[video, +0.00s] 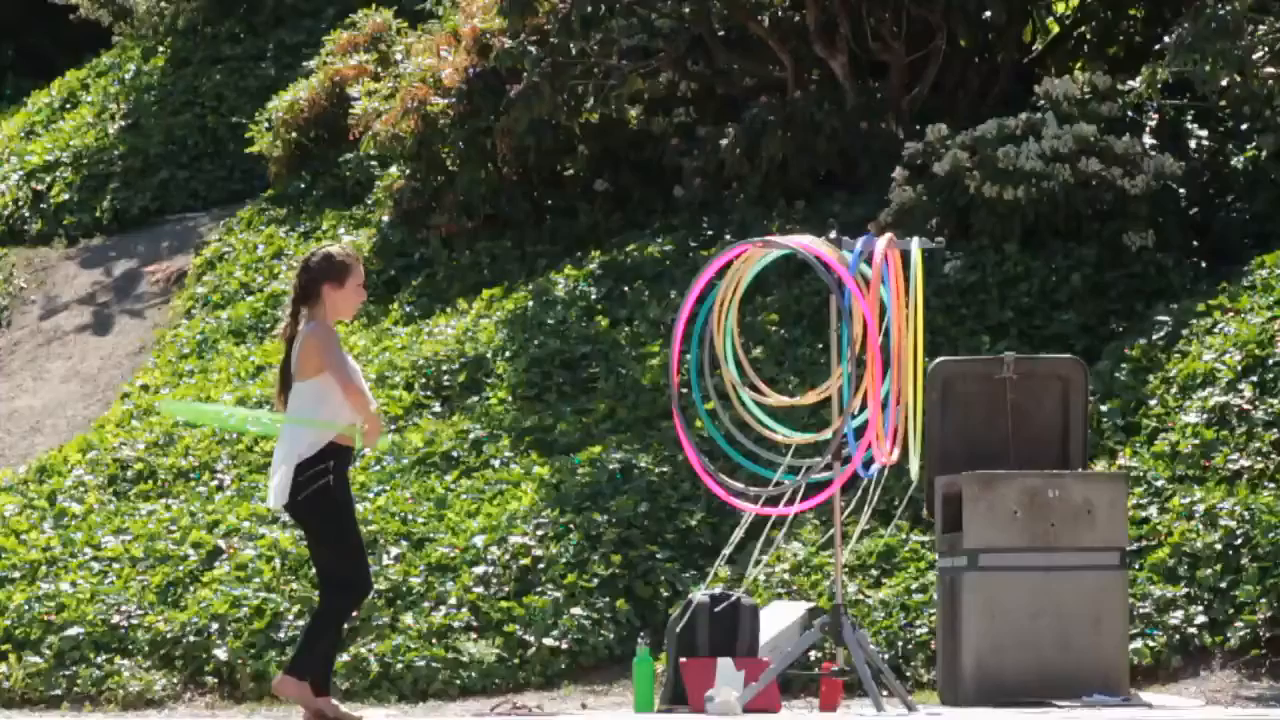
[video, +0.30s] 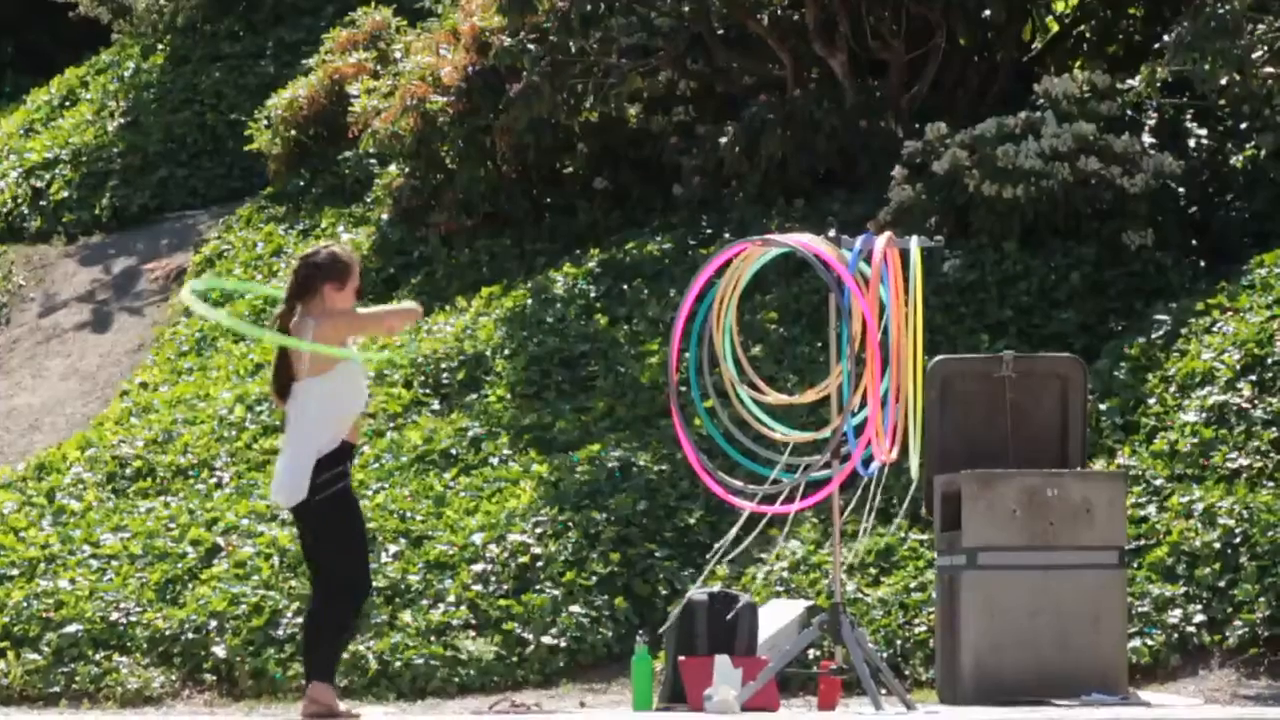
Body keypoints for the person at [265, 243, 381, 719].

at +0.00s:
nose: (363, 294)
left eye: (363, 285)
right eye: (358, 285)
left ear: (325, 290)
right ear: (327, 288)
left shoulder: (311, 333)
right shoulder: (321, 333)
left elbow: (295, 400)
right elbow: (351, 388)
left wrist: (362, 420)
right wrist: (371, 419)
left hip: (313, 470)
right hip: (318, 471)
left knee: (340, 584)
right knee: (352, 581)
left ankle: (319, 690)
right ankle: (296, 675)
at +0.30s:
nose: (357, 296)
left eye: (356, 288)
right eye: (353, 288)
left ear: (317, 290)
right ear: (328, 290)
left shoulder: (299, 326)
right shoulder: (327, 324)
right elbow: (406, 315)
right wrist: (405, 314)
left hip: (308, 476)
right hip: (324, 477)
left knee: (330, 580)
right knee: (351, 581)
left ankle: (317, 687)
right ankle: (320, 686)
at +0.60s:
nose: (357, 296)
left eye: (356, 288)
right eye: (355, 288)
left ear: (311, 290)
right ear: (345, 289)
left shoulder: (281, 347)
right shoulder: (351, 320)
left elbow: (280, 422)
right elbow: (368, 279)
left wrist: (280, 467)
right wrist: (366, 258)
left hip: (297, 482)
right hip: (347, 479)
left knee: (313, 587)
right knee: (351, 589)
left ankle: (311, 696)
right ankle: (338, 687)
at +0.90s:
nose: (300, 295)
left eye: (302, 288)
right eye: (303, 287)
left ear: (310, 291)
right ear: (340, 287)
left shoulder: (296, 351)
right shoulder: (365, 319)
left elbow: (255, 404)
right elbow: (330, 262)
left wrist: (210, 442)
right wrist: (282, 218)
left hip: (305, 481)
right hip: (362, 481)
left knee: (310, 586)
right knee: (347, 588)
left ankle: (310, 696)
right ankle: (332, 694)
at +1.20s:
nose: (300, 300)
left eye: (303, 291)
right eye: (300, 291)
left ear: (326, 291)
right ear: (342, 286)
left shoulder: (315, 344)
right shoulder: (367, 328)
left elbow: (246, 389)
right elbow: (333, 259)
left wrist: (181, 417)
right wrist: (295, 206)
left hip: (314, 470)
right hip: (368, 477)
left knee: (301, 580)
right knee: (343, 582)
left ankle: (310, 693)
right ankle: (335, 691)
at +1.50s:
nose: (295, 299)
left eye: (300, 289)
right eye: (295, 289)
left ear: (326, 288)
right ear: (334, 286)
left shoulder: (323, 343)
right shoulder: (362, 322)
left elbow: (285, 377)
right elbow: (323, 251)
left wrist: (256, 400)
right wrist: (301, 189)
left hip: (308, 473)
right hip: (357, 477)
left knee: (299, 579)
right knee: (337, 580)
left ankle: (318, 690)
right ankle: (337, 689)